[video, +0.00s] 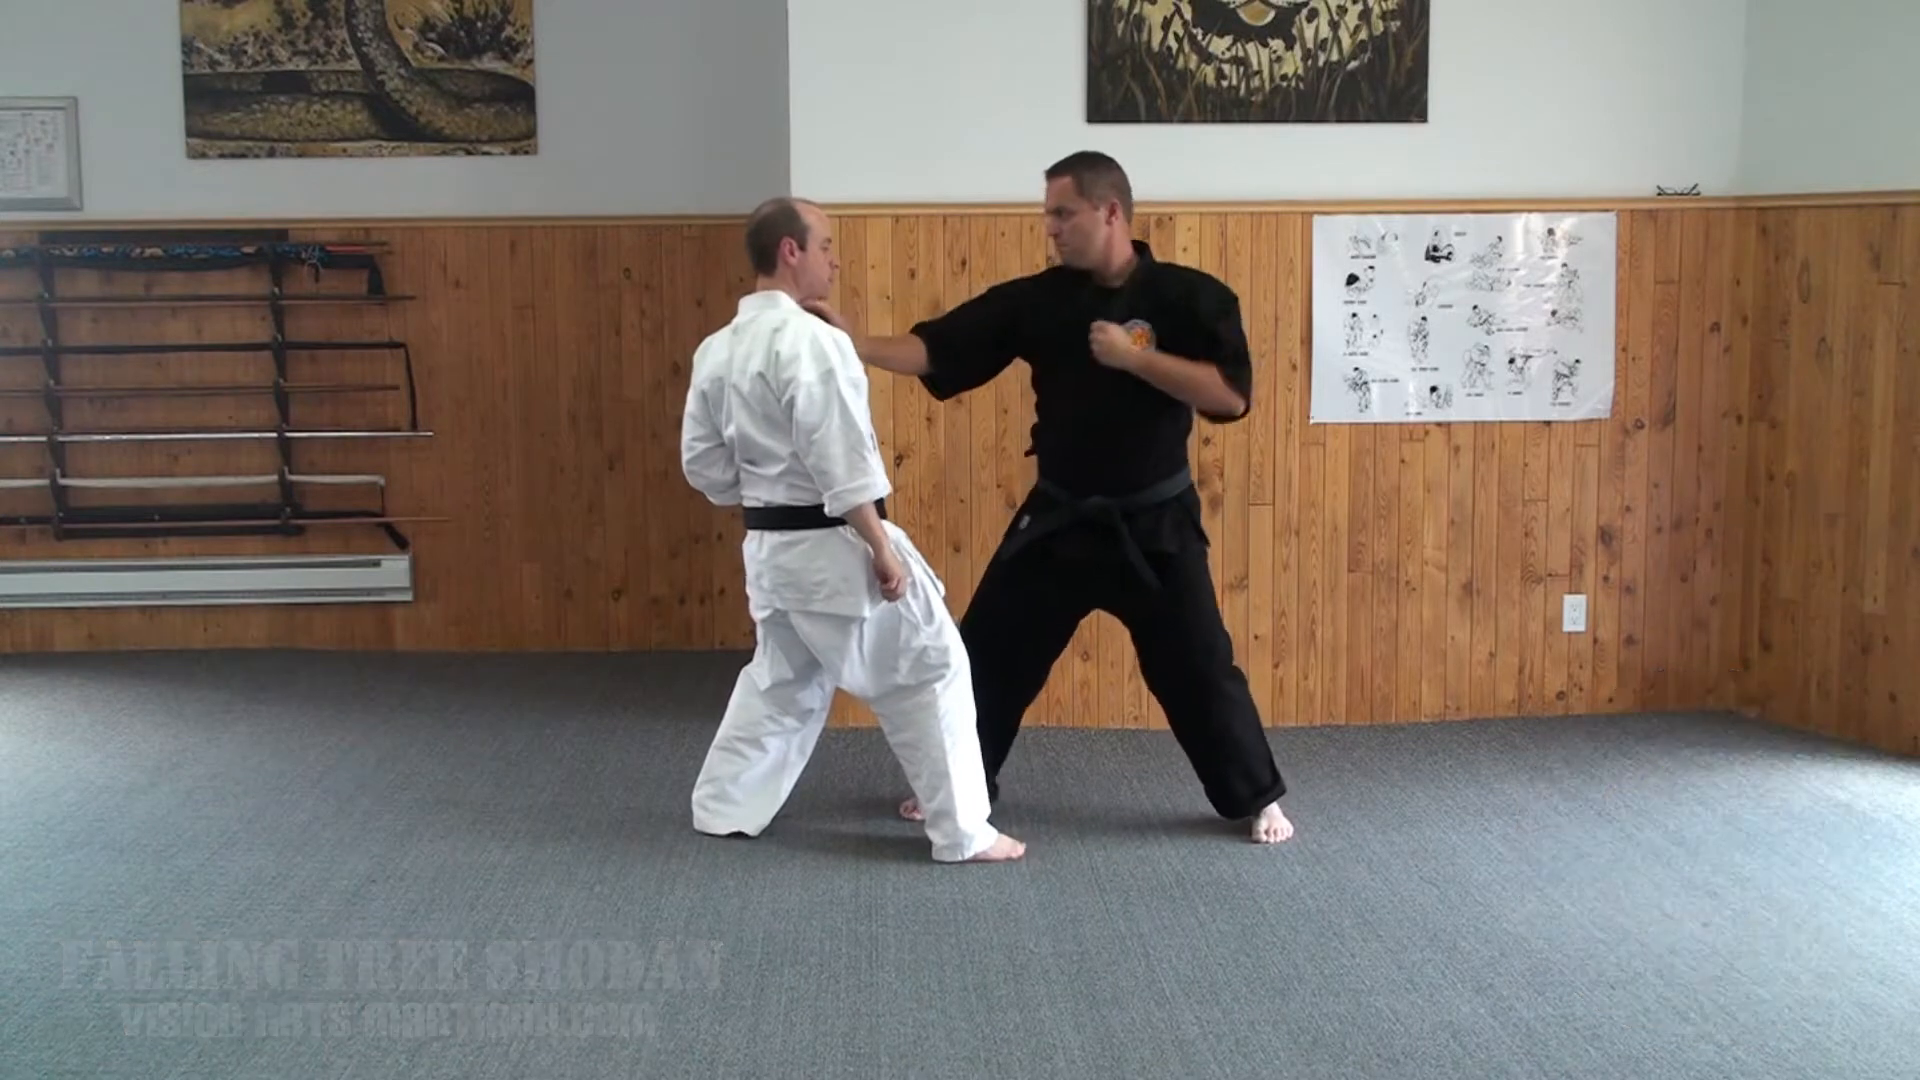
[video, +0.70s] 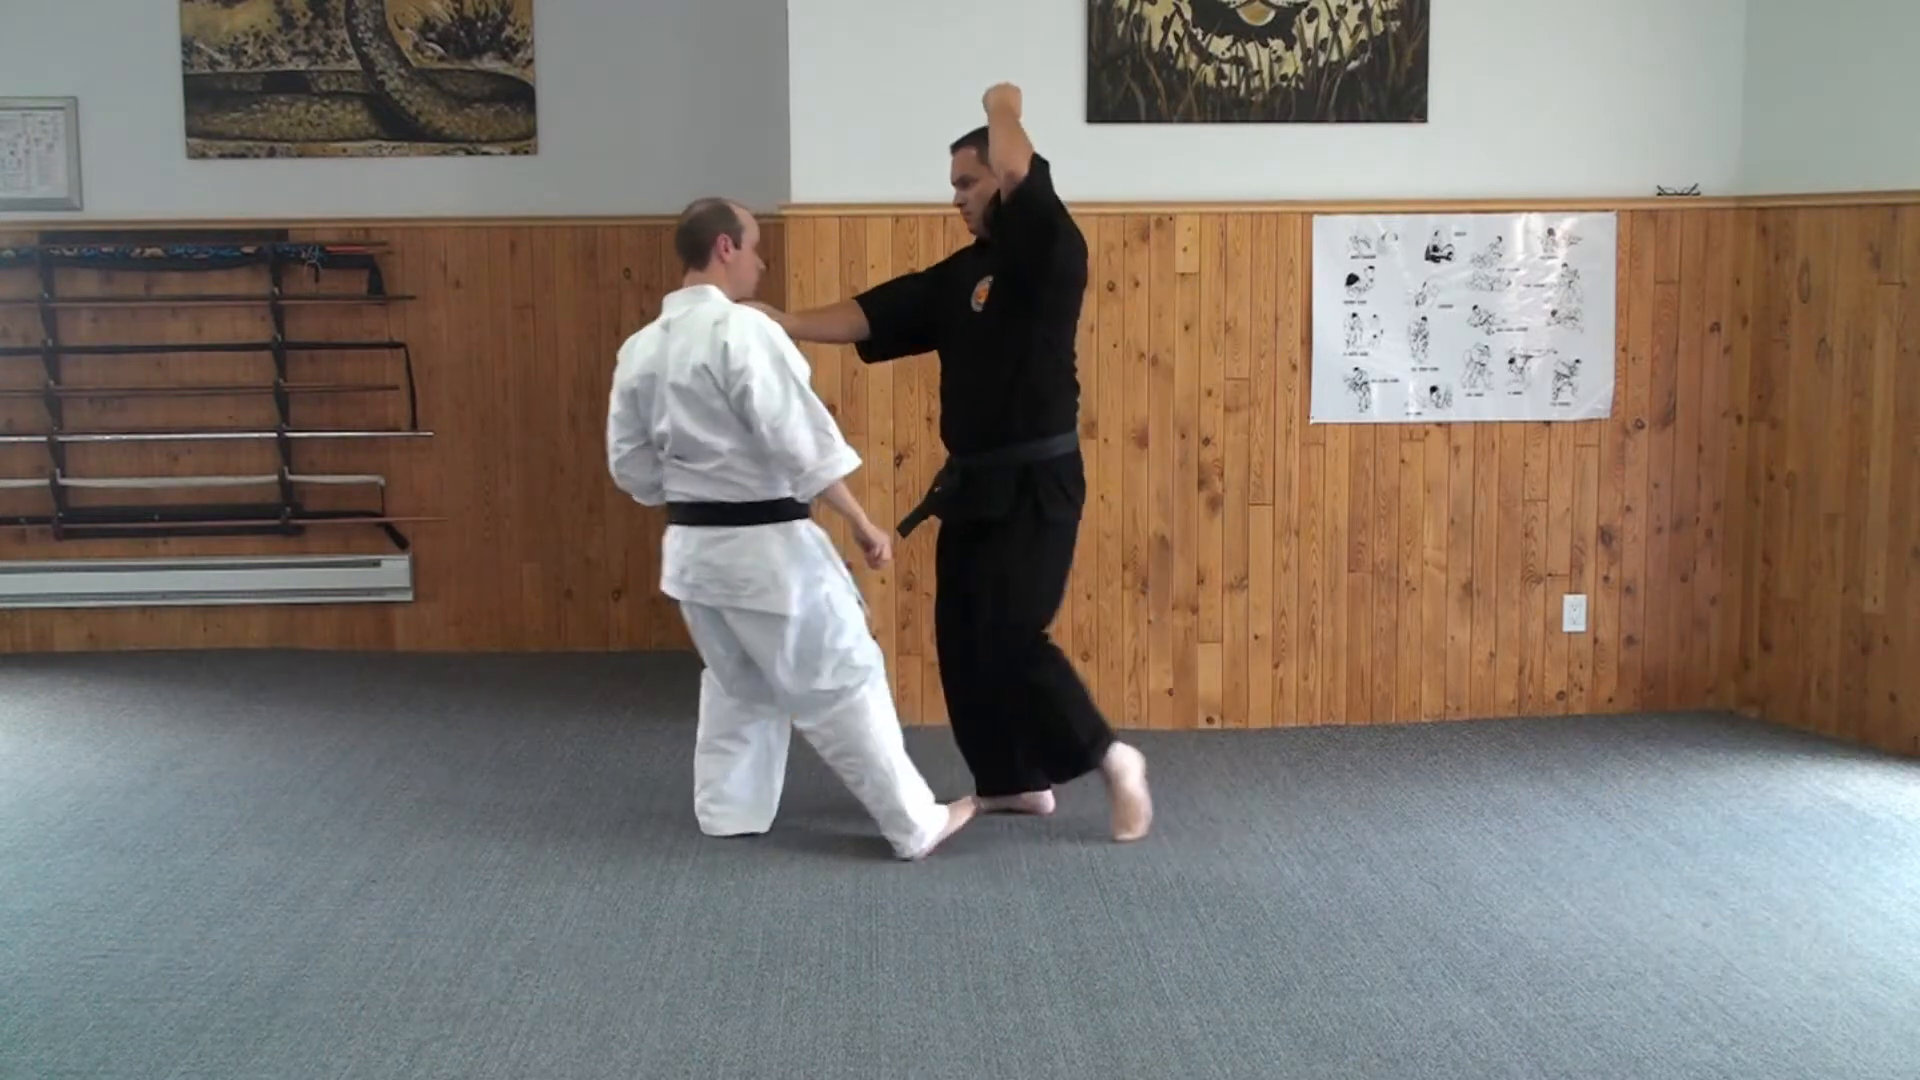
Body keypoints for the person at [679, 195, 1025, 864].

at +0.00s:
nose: (835, 262)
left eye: (833, 248)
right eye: (826, 248)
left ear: (775, 256)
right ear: (790, 253)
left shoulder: (714, 351)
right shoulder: (813, 343)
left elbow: (703, 463)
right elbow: (841, 458)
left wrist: (761, 505)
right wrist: (882, 547)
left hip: (768, 549)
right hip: (837, 546)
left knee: (782, 677)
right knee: (932, 664)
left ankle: (721, 807)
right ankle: (963, 831)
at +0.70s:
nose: (760, 263)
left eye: (758, 250)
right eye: (754, 250)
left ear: (699, 254)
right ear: (725, 250)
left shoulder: (640, 349)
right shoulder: (746, 332)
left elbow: (630, 466)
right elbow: (798, 440)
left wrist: (693, 496)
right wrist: (860, 518)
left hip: (691, 551)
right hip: (769, 549)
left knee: (735, 682)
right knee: (843, 679)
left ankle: (726, 812)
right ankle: (914, 823)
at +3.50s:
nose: (630, 278)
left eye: (631, 263)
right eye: (624, 262)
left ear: (573, 256)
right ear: (590, 254)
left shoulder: (487, 325)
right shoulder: (587, 325)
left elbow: (454, 438)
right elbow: (589, 435)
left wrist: (463, 518)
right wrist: (606, 534)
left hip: (507, 540)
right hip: (576, 537)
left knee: (540, 677)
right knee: (634, 683)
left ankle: (509, 797)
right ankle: (611, 840)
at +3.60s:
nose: (626, 280)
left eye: (628, 265)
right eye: (621, 264)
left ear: (570, 256)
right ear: (587, 255)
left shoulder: (483, 326)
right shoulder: (579, 326)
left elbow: (449, 438)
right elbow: (584, 438)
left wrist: (455, 517)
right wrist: (604, 536)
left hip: (504, 542)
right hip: (572, 540)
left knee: (538, 678)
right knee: (632, 682)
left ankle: (509, 797)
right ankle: (610, 840)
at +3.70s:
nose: (624, 280)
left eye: (626, 267)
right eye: (621, 265)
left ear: (561, 256)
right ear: (588, 254)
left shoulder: (485, 325)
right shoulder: (576, 327)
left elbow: (446, 428)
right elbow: (578, 438)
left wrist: (445, 502)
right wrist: (601, 541)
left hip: (496, 542)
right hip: (565, 540)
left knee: (533, 680)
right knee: (629, 681)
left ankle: (510, 796)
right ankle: (609, 838)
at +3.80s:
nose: (622, 282)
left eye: (624, 267)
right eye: (619, 266)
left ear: (562, 258)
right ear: (591, 256)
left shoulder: (489, 323)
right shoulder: (579, 328)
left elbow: (443, 417)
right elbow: (578, 436)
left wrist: (438, 467)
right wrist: (598, 541)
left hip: (489, 542)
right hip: (562, 541)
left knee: (520, 678)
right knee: (624, 679)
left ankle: (508, 797)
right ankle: (609, 838)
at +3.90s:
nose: (618, 281)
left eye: (617, 267)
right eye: (616, 266)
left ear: (554, 262)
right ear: (593, 258)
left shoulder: (485, 325)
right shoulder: (586, 333)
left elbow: (434, 412)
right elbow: (586, 446)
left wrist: (503, 413)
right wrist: (598, 550)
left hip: (485, 541)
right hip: (564, 541)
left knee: (504, 677)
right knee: (610, 687)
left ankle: (501, 797)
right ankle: (610, 835)